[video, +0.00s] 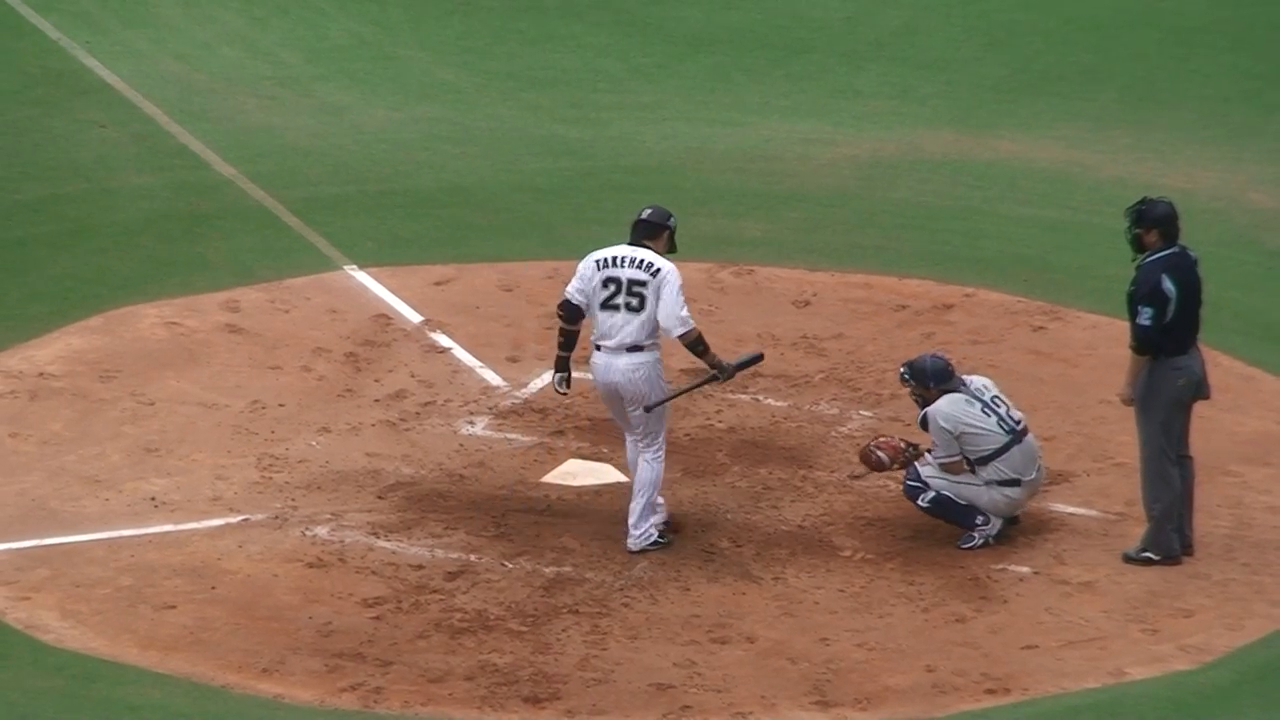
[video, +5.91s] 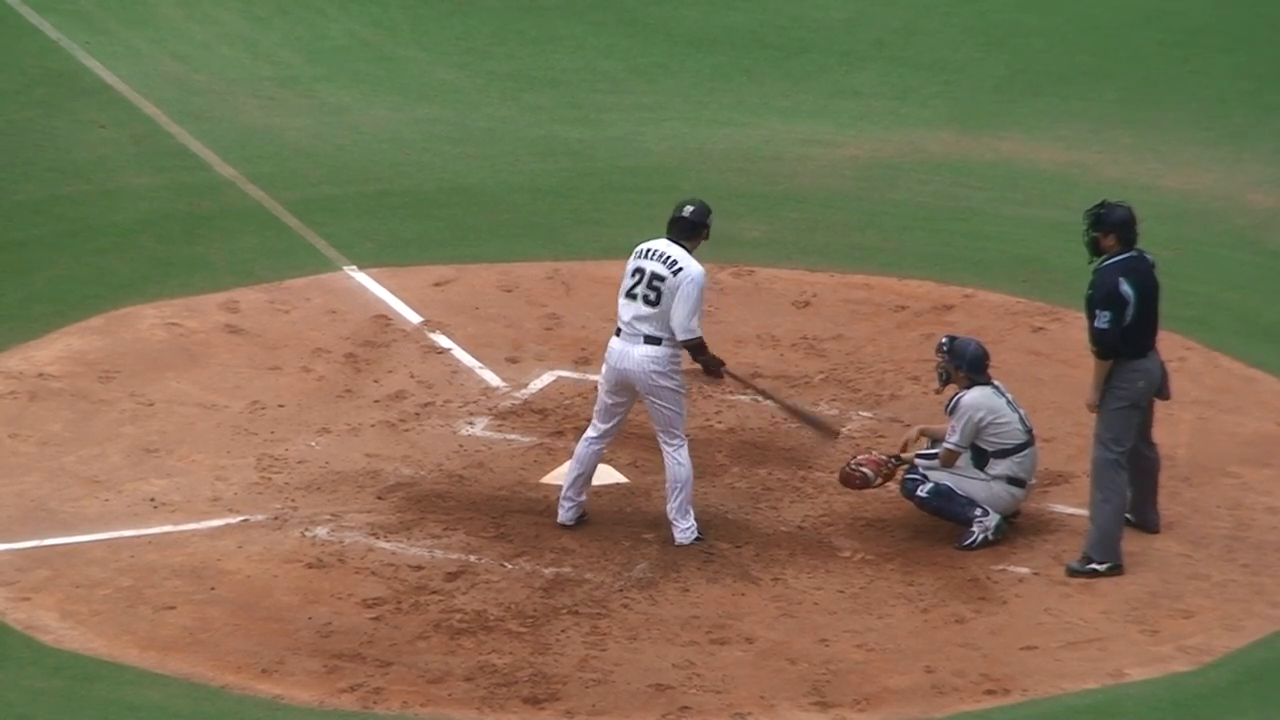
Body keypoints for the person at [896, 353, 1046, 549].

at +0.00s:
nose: (913, 393)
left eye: (916, 388)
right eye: (911, 388)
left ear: (931, 390)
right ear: (950, 376)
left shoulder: (937, 412)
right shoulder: (979, 381)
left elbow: (954, 468)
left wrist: (922, 458)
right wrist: (926, 452)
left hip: (1007, 497)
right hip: (1035, 478)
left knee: (915, 480)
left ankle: (985, 524)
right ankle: (1007, 511)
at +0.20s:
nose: (917, 390)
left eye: (920, 384)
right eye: (916, 384)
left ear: (936, 386)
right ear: (953, 376)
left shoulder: (944, 409)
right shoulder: (978, 383)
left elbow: (961, 465)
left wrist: (927, 457)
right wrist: (925, 452)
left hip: (1009, 494)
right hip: (1031, 479)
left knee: (919, 478)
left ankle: (987, 524)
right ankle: (1004, 511)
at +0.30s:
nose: (921, 389)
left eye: (924, 384)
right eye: (920, 383)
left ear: (940, 385)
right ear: (955, 378)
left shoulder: (951, 406)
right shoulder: (976, 385)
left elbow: (965, 463)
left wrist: (929, 454)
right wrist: (924, 448)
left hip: (1011, 493)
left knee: (924, 476)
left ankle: (990, 524)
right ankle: (1003, 512)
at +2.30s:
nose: (931, 374)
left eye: (936, 369)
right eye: (932, 368)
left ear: (952, 375)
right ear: (964, 373)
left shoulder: (965, 403)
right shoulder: (985, 388)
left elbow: (950, 462)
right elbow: (957, 434)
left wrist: (914, 452)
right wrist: (916, 435)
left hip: (1004, 493)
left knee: (915, 479)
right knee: (929, 455)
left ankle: (984, 520)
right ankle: (1002, 508)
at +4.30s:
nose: (940, 368)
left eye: (945, 364)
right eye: (941, 362)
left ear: (960, 372)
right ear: (975, 370)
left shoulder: (970, 402)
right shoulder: (993, 387)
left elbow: (949, 461)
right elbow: (966, 437)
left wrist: (911, 454)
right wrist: (925, 433)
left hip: (1004, 492)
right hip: (1018, 483)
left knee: (914, 478)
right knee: (926, 453)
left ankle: (985, 520)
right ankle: (1003, 507)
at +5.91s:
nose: (940, 366)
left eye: (946, 362)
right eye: (942, 361)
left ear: (960, 371)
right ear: (975, 369)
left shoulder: (970, 402)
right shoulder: (992, 387)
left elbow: (946, 461)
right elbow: (962, 432)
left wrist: (909, 459)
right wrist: (922, 431)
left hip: (1002, 492)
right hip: (1016, 482)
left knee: (913, 480)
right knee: (927, 453)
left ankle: (983, 519)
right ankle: (1002, 506)